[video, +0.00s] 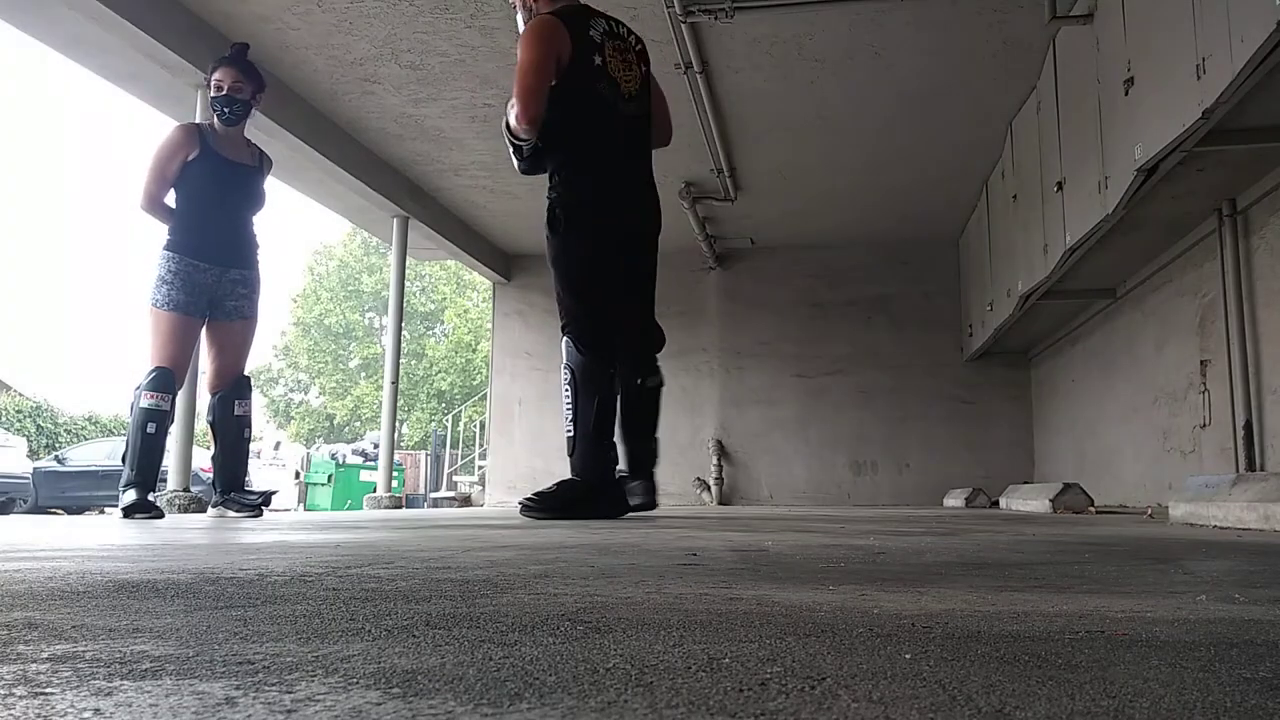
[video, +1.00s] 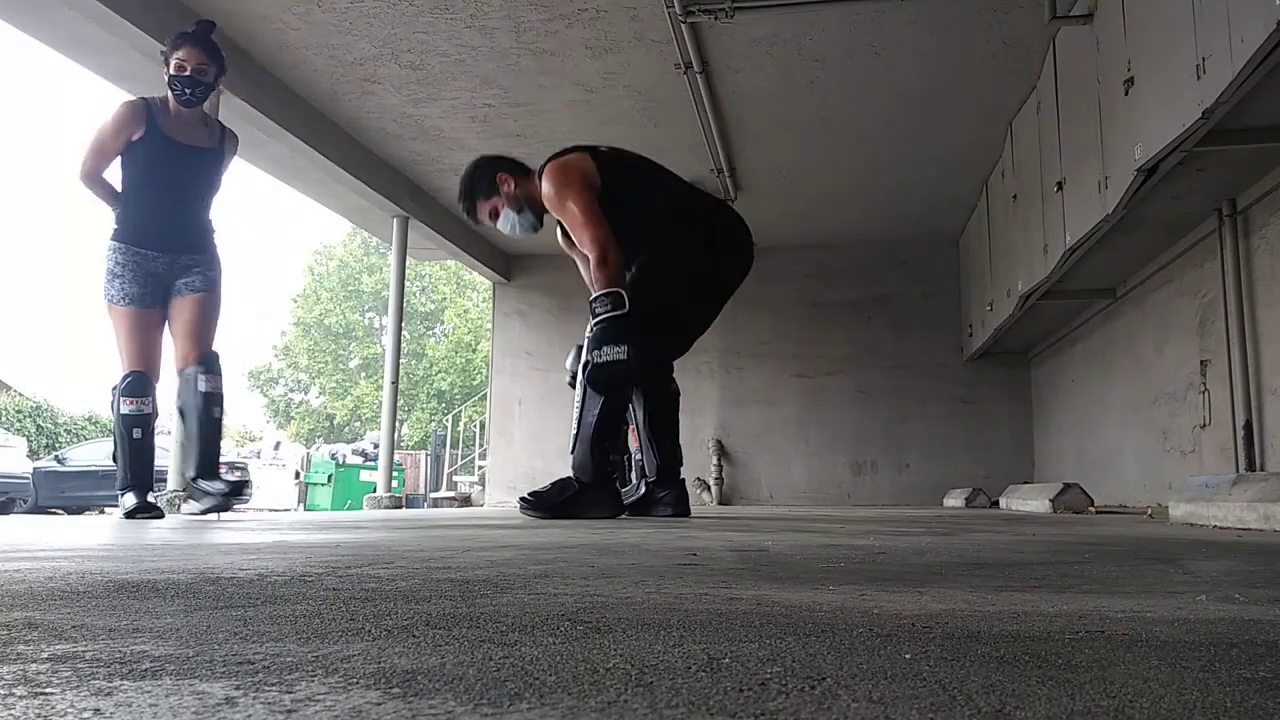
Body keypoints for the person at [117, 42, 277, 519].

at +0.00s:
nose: (226, 95)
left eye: (237, 89)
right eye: (218, 87)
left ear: (255, 98)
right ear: (208, 92)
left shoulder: (261, 160)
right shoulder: (186, 136)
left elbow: (247, 212)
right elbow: (151, 200)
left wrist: (239, 236)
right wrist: (191, 228)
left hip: (239, 274)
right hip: (185, 266)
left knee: (229, 384)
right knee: (165, 376)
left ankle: (229, 488)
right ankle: (137, 489)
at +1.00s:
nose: (188, 77)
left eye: (200, 70)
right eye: (180, 66)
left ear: (216, 79)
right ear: (166, 69)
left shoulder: (226, 141)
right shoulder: (137, 113)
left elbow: (204, 197)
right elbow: (90, 172)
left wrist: (188, 223)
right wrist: (128, 210)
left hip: (196, 258)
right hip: (135, 255)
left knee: (200, 366)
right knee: (139, 378)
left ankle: (205, 479)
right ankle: (137, 492)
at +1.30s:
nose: (182, 61)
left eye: (196, 54)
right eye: (174, 50)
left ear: (212, 64)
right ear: (161, 52)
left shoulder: (226, 128)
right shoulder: (124, 102)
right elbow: (80, 167)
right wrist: (39, 214)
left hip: (191, 251)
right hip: (124, 249)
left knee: (167, 361)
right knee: (131, 374)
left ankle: (150, 485)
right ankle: (136, 490)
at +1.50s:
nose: (172, 39)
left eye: (187, 33)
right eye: (166, 27)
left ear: (205, 45)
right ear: (153, 31)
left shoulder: (220, 105)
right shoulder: (119, 85)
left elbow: (241, 182)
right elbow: (81, 158)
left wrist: (255, 220)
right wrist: (44, 170)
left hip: (184, 237)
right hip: (118, 233)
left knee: (169, 361)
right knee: (103, 375)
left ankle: (151, 489)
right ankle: (138, 469)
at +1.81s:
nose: (136, 7)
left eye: (153, 2)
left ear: (175, 14)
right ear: (116, 8)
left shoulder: (192, 75)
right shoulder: (95, 71)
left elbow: (213, 157)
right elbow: (71, 154)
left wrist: (169, 154)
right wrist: (65, 123)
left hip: (164, 219)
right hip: (97, 217)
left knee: (156, 354)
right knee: (53, 348)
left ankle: (149, 488)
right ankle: (19, 482)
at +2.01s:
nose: (108, 10)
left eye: (121, 4)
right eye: (100, 3)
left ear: (138, 9)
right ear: (83, 6)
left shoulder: (158, 67)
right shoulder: (47, 54)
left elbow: (195, 149)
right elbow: (14, 135)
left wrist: (160, 147)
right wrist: (34, 108)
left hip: (133, 216)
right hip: (59, 211)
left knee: (133, 354)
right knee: (17, 346)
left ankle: (146, 489)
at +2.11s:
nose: (85, 11)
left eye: (97, 8)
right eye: (77, 6)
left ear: (113, 8)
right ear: (61, 3)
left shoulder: (139, 56)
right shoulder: (23, 42)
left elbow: (180, 139)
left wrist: (152, 138)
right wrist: (19, 101)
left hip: (112, 211)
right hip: (35, 204)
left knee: (113, 348)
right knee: (8, 341)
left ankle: (146, 486)